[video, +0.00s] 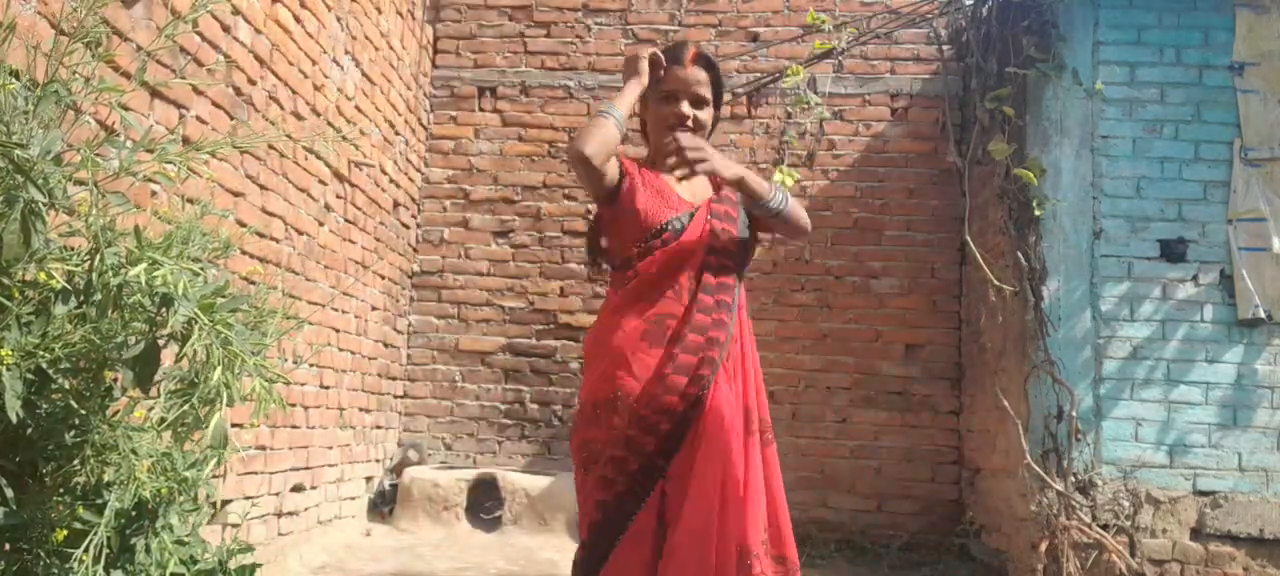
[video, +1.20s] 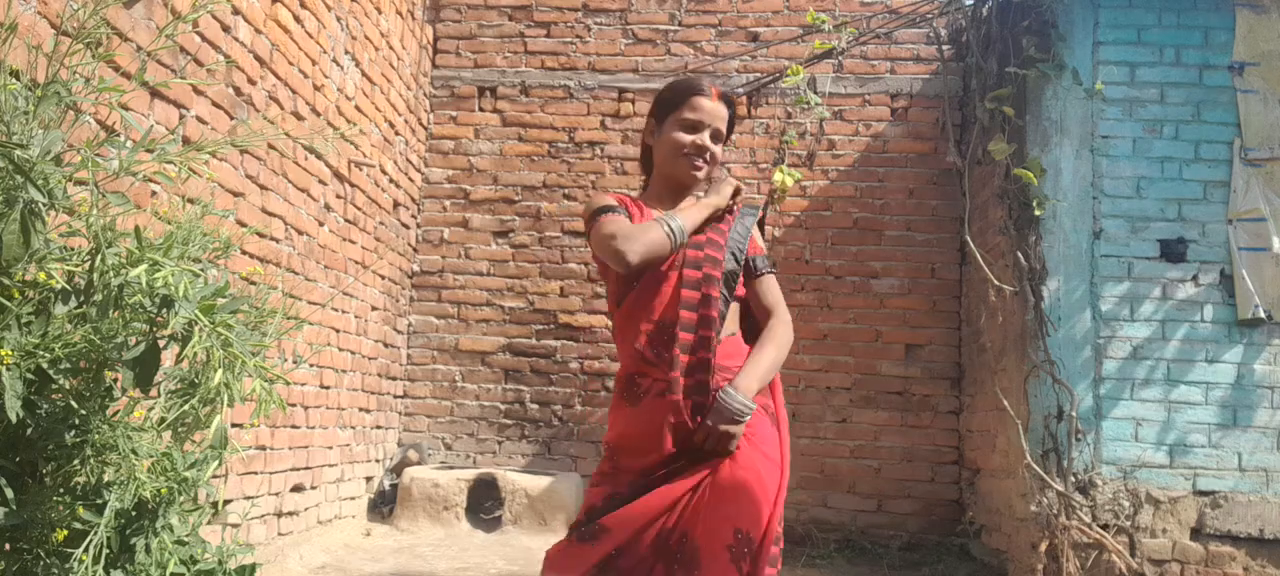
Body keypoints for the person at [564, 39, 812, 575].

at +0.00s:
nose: (685, 113)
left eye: (699, 102)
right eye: (670, 98)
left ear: (716, 112)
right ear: (646, 108)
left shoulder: (730, 190)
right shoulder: (625, 177)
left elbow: (800, 227)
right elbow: (585, 153)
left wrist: (733, 171)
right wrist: (634, 86)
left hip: (721, 381)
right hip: (636, 382)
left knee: (728, 535)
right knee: (629, 539)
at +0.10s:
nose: (681, 103)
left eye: (697, 94)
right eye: (668, 88)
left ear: (715, 107)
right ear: (646, 96)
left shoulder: (730, 167)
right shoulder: (621, 175)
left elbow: (789, 230)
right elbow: (573, 165)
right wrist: (631, 95)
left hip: (711, 368)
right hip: (625, 367)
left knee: (710, 522)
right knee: (613, 521)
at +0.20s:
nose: (680, 83)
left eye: (697, 77)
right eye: (669, 68)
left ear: (715, 95)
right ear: (646, 76)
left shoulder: (725, 147)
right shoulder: (622, 161)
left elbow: (758, 242)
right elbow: (551, 169)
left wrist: (695, 344)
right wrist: (619, 94)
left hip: (701, 370)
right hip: (617, 367)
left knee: (681, 524)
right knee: (604, 519)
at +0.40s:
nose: (669, 104)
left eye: (689, 97)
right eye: (661, 89)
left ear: (711, 115)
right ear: (646, 96)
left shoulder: (701, 170)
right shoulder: (637, 179)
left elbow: (701, 273)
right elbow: (552, 230)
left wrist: (643, 367)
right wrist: (597, 161)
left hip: (675, 392)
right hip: (627, 387)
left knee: (652, 543)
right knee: (611, 539)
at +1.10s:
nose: (687, 143)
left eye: (703, 135)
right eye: (674, 127)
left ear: (714, 151)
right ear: (644, 137)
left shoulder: (731, 210)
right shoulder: (624, 217)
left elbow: (765, 314)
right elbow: (552, 264)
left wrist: (700, 402)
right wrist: (639, 214)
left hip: (700, 410)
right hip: (619, 403)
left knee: (665, 530)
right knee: (598, 542)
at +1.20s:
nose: (705, 144)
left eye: (717, 136)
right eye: (690, 128)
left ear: (725, 149)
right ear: (652, 133)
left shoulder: (736, 224)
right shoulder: (615, 208)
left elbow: (779, 324)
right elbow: (627, 254)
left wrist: (738, 396)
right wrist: (711, 202)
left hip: (737, 417)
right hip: (646, 426)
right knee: (583, 556)